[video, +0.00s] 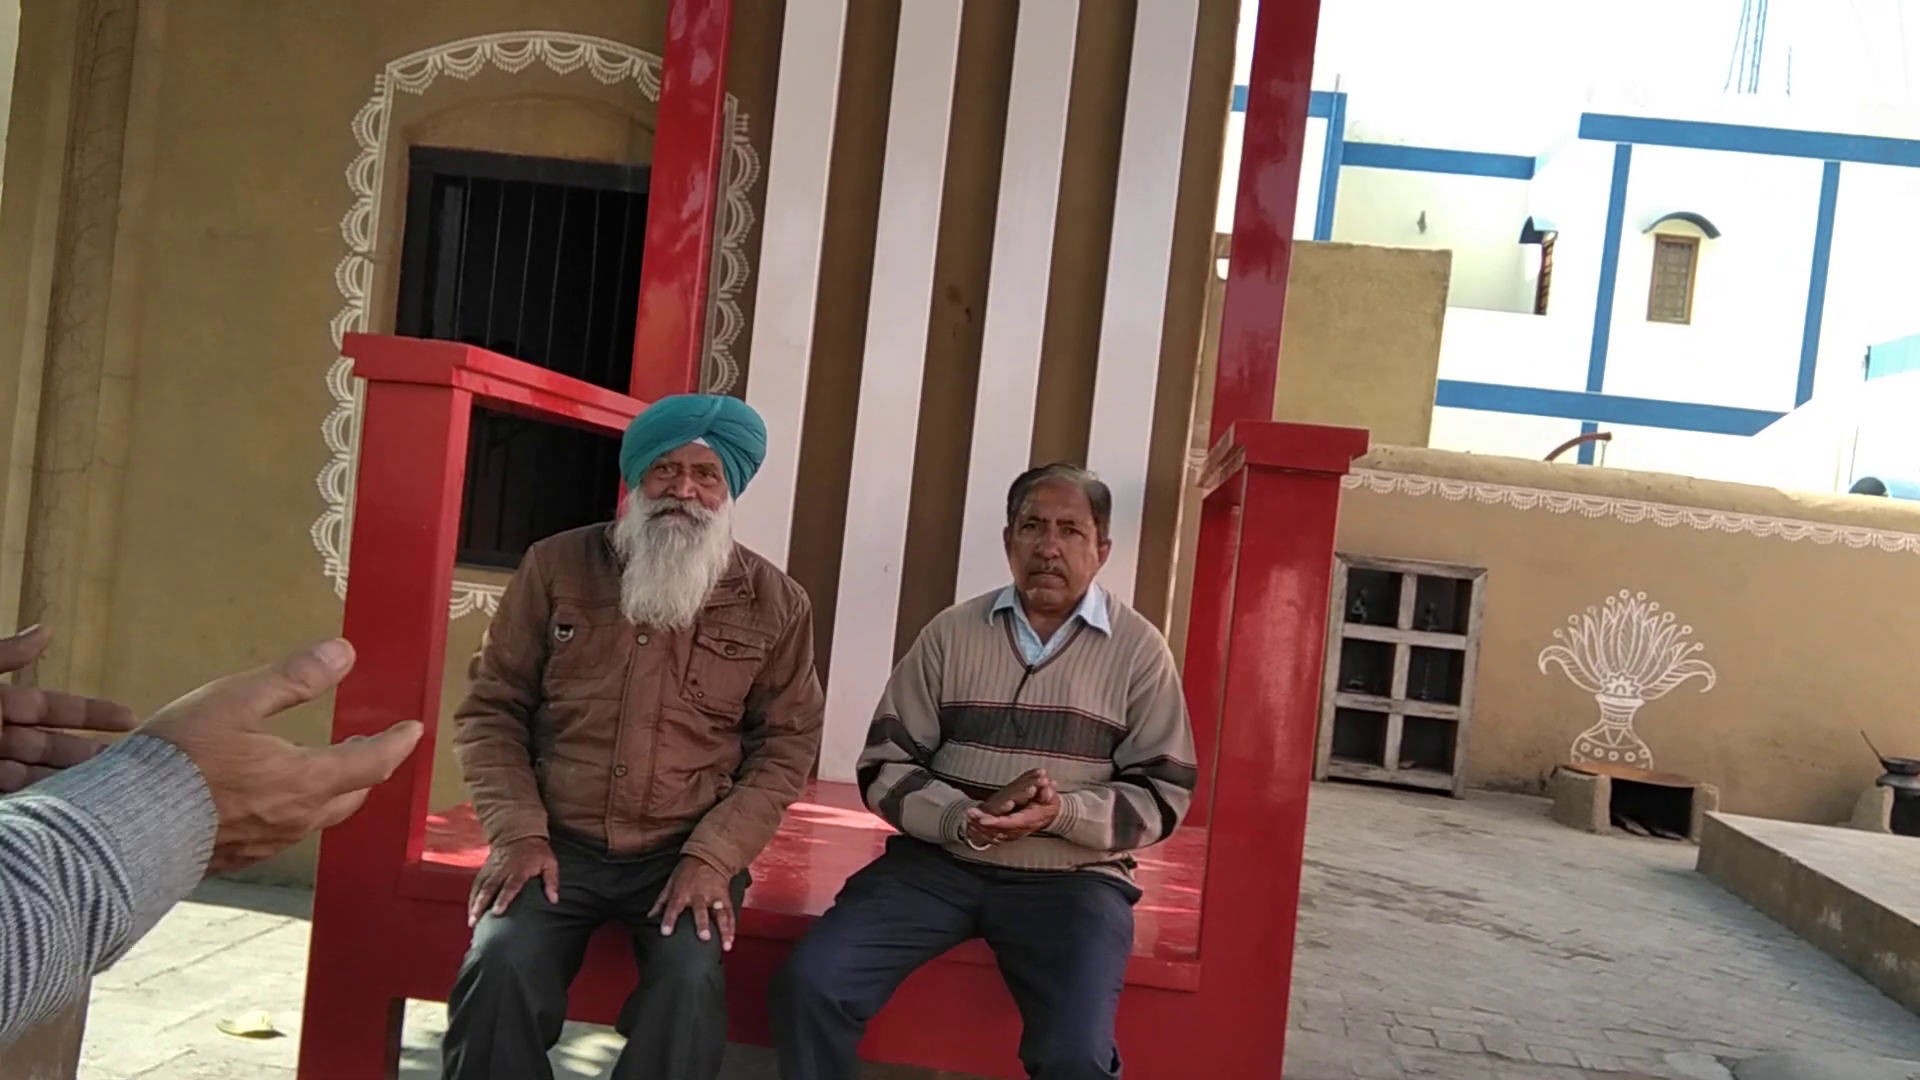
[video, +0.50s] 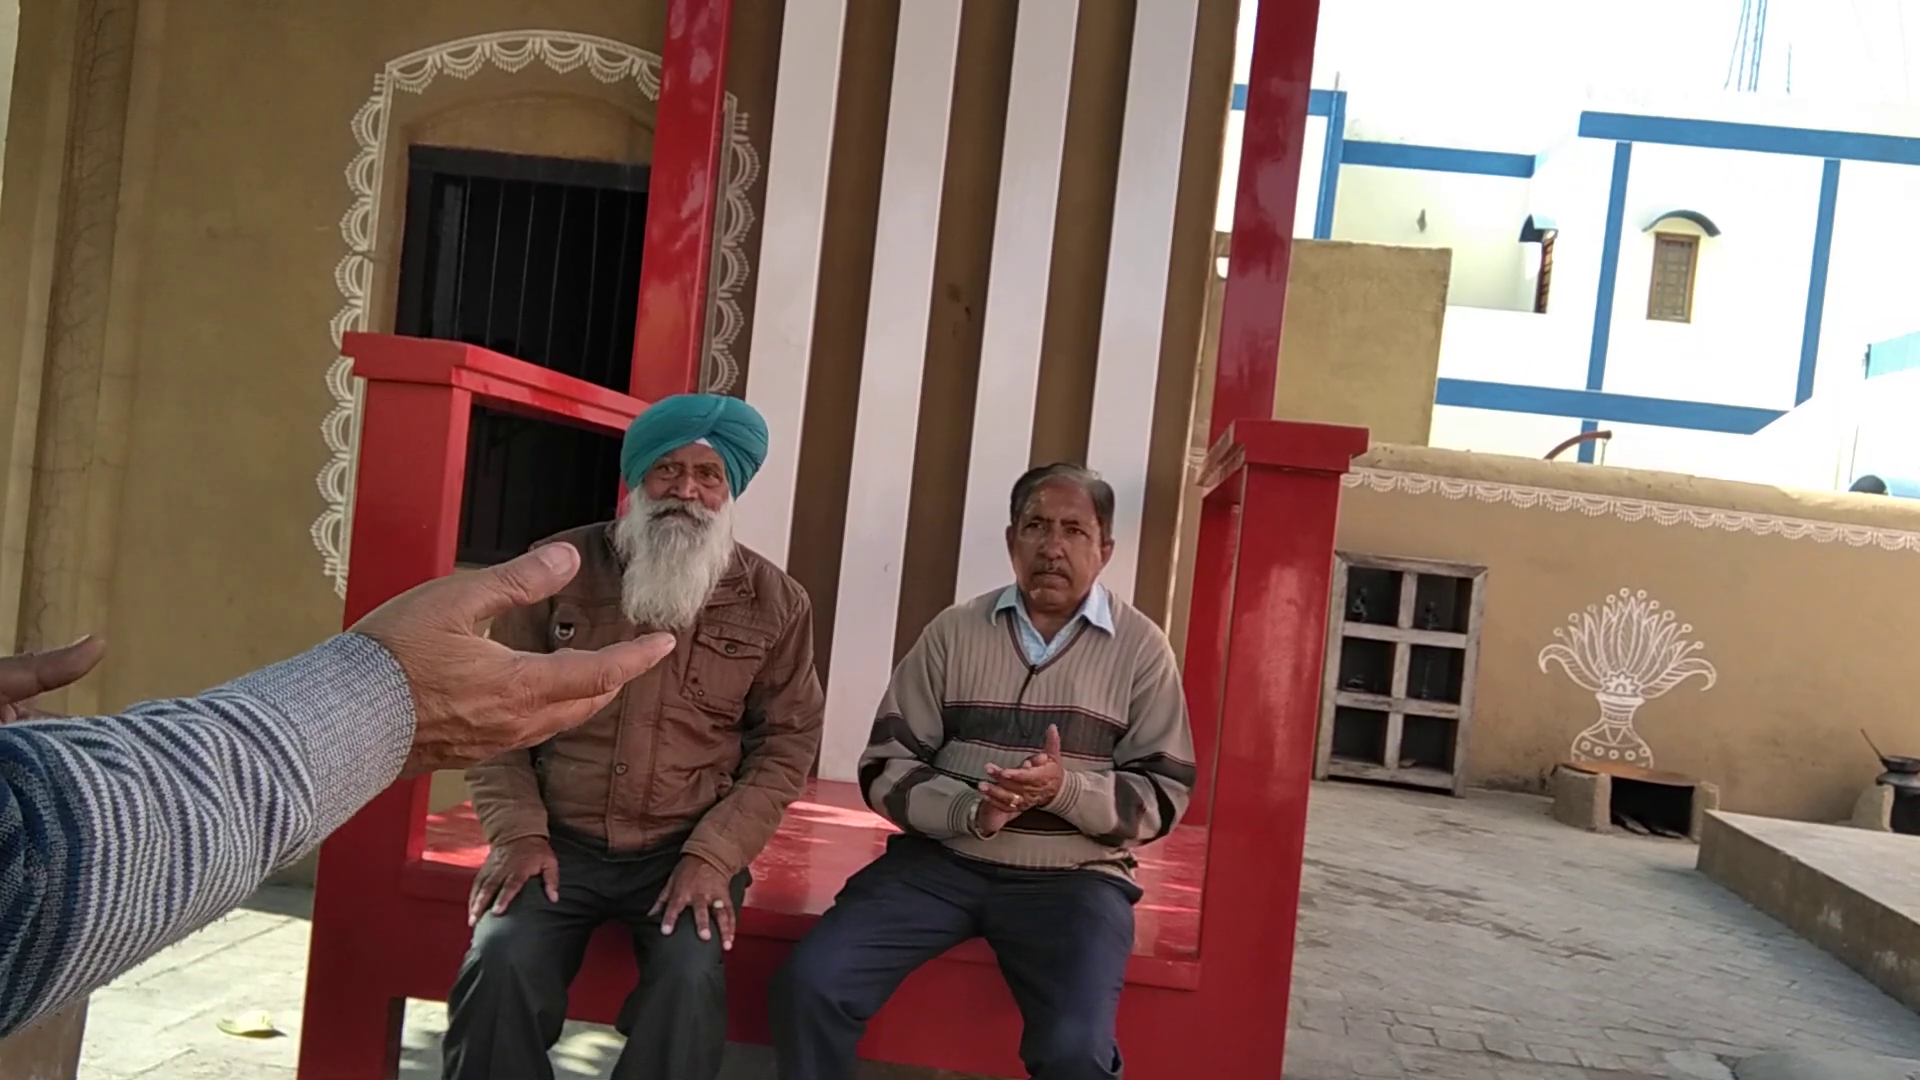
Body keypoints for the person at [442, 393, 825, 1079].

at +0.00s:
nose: (684, 488)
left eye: (706, 474)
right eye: (666, 469)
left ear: (731, 494)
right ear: (634, 483)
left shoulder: (774, 603)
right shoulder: (556, 567)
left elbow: (788, 748)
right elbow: (490, 708)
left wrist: (714, 855)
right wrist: (517, 829)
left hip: (685, 862)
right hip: (555, 851)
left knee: (690, 977)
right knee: (500, 965)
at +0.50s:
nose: (687, 489)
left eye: (709, 474)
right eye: (668, 470)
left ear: (731, 496)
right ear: (634, 484)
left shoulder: (775, 602)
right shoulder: (559, 567)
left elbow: (788, 747)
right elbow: (495, 712)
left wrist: (715, 854)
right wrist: (517, 829)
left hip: (685, 859)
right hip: (555, 848)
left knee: (691, 974)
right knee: (500, 961)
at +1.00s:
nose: (718, 513)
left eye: (731, 495)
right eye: (700, 494)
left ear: (742, 495)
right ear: (647, 492)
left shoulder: (769, 600)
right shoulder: (551, 568)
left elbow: (782, 740)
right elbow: (490, 707)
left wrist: (716, 851)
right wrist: (516, 827)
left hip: (685, 860)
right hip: (557, 848)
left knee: (684, 973)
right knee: (499, 961)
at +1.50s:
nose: (687, 496)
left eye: (707, 481)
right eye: (668, 478)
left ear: (729, 498)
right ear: (634, 489)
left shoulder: (771, 601)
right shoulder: (561, 565)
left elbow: (780, 739)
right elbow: (498, 696)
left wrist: (714, 847)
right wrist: (514, 821)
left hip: (683, 858)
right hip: (556, 843)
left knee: (683, 970)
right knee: (491, 955)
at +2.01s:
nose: (634, 502)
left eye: (658, 484)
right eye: (616, 482)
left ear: (696, 497)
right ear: (591, 490)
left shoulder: (757, 596)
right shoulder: (524, 571)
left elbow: (788, 733)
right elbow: (463, 711)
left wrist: (716, 857)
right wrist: (503, 832)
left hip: (679, 867)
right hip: (546, 856)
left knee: (683, 988)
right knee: (487, 978)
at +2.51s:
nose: (585, 430)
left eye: (610, 409)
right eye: (564, 407)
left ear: (650, 420)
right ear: (536, 414)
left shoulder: (718, 529)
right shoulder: (468, 503)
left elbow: (745, 697)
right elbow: (425, 667)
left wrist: (679, 851)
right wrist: (455, 827)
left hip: (646, 831)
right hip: (506, 823)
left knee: (636, 1018)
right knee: (454, 1005)